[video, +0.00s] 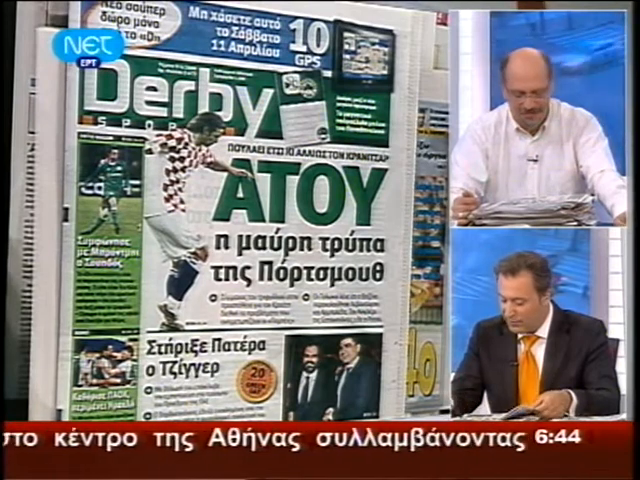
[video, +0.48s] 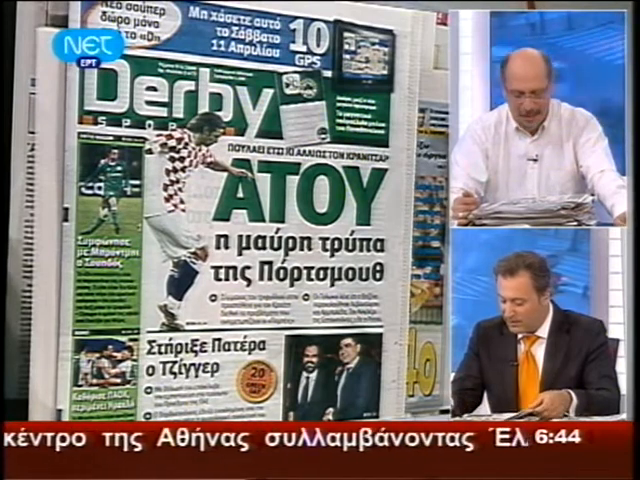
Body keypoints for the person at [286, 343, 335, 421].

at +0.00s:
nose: (310, 360)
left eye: (314, 356)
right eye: (307, 356)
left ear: (320, 359)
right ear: (302, 358)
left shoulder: (326, 377)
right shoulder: (296, 375)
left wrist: (330, 411)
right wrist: (290, 412)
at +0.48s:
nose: (310, 360)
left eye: (314, 356)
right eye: (307, 356)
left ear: (320, 359)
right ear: (302, 358)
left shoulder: (326, 377)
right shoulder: (296, 375)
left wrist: (330, 411)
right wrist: (290, 412)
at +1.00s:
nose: (310, 360)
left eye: (314, 356)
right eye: (307, 356)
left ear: (320, 359)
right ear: (302, 358)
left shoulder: (326, 377)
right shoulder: (295, 375)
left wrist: (330, 411)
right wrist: (290, 412)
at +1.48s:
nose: (310, 360)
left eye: (314, 356)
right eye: (307, 356)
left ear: (320, 359)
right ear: (302, 358)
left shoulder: (326, 377)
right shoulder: (295, 375)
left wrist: (330, 411)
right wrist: (290, 412)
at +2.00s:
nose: (310, 360)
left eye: (314, 356)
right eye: (307, 356)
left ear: (320, 359)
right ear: (302, 358)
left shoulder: (326, 377)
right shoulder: (295, 375)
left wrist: (330, 411)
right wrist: (290, 413)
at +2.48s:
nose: (310, 360)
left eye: (314, 356)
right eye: (307, 356)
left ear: (320, 359)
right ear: (302, 358)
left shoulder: (326, 377)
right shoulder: (296, 375)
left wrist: (330, 411)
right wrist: (291, 412)